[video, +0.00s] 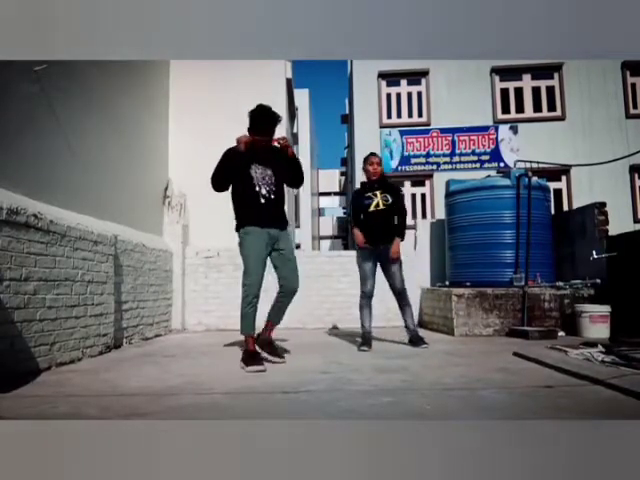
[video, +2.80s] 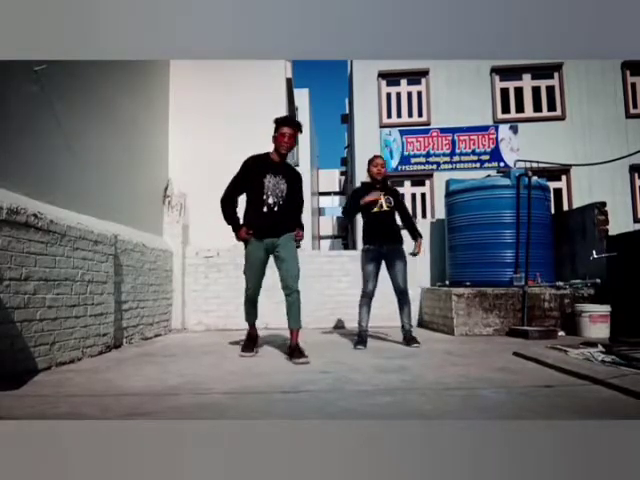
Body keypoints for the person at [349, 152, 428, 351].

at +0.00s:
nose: (374, 168)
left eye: (377, 164)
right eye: (371, 164)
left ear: (382, 167)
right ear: (364, 168)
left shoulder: (392, 189)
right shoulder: (358, 194)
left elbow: (402, 216)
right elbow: (353, 217)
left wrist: (397, 241)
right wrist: (355, 230)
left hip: (389, 245)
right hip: (366, 246)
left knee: (399, 290)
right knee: (366, 292)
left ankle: (413, 333)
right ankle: (366, 336)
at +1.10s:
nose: (398, 166)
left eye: (401, 162)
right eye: (394, 162)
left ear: (404, 165)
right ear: (387, 166)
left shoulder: (412, 189)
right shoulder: (377, 190)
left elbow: (425, 213)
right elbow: (370, 215)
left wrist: (427, 236)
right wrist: (375, 229)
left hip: (411, 244)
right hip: (388, 245)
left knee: (414, 290)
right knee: (381, 291)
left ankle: (417, 335)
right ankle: (368, 335)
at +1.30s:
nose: (402, 162)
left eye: (406, 159)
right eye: (399, 160)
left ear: (412, 162)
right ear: (394, 163)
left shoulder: (419, 184)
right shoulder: (386, 184)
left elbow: (435, 213)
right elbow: (377, 216)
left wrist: (427, 236)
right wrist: (373, 207)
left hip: (411, 243)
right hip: (389, 242)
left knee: (411, 288)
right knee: (378, 286)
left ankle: (417, 334)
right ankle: (373, 333)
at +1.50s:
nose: (400, 164)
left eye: (404, 160)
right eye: (397, 161)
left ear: (411, 163)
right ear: (394, 165)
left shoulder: (419, 185)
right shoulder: (387, 185)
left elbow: (431, 215)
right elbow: (368, 205)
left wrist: (424, 236)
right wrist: (370, 183)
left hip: (410, 244)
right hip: (387, 243)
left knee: (411, 289)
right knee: (378, 289)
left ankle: (417, 334)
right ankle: (375, 333)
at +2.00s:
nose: (371, 167)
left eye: (374, 164)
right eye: (368, 165)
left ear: (382, 166)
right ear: (365, 169)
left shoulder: (393, 191)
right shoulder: (361, 189)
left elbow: (403, 215)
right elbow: (350, 188)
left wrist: (409, 237)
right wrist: (357, 168)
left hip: (389, 246)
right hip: (367, 247)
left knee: (400, 290)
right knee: (364, 292)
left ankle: (416, 334)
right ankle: (361, 336)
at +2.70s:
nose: (374, 168)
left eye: (377, 165)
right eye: (370, 165)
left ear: (381, 168)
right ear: (363, 167)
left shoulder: (387, 191)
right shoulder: (355, 190)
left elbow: (397, 214)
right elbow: (346, 207)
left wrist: (407, 232)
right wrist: (357, 187)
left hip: (389, 244)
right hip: (366, 245)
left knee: (400, 286)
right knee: (365, 290)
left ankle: (409, 331)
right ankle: (361, 335)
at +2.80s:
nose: (380, 169)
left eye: (382, 166)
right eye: (376, 166)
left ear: (386, 169)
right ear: (369, 169)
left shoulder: (392, 192)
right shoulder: (360, 191)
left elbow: (405, 216)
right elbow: (347, 213)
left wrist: (417, 237)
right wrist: (365, 201)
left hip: (394, 246)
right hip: (371, 246)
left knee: (401, 289)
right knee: (368, 291)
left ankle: (408, 333)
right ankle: (362, 335)